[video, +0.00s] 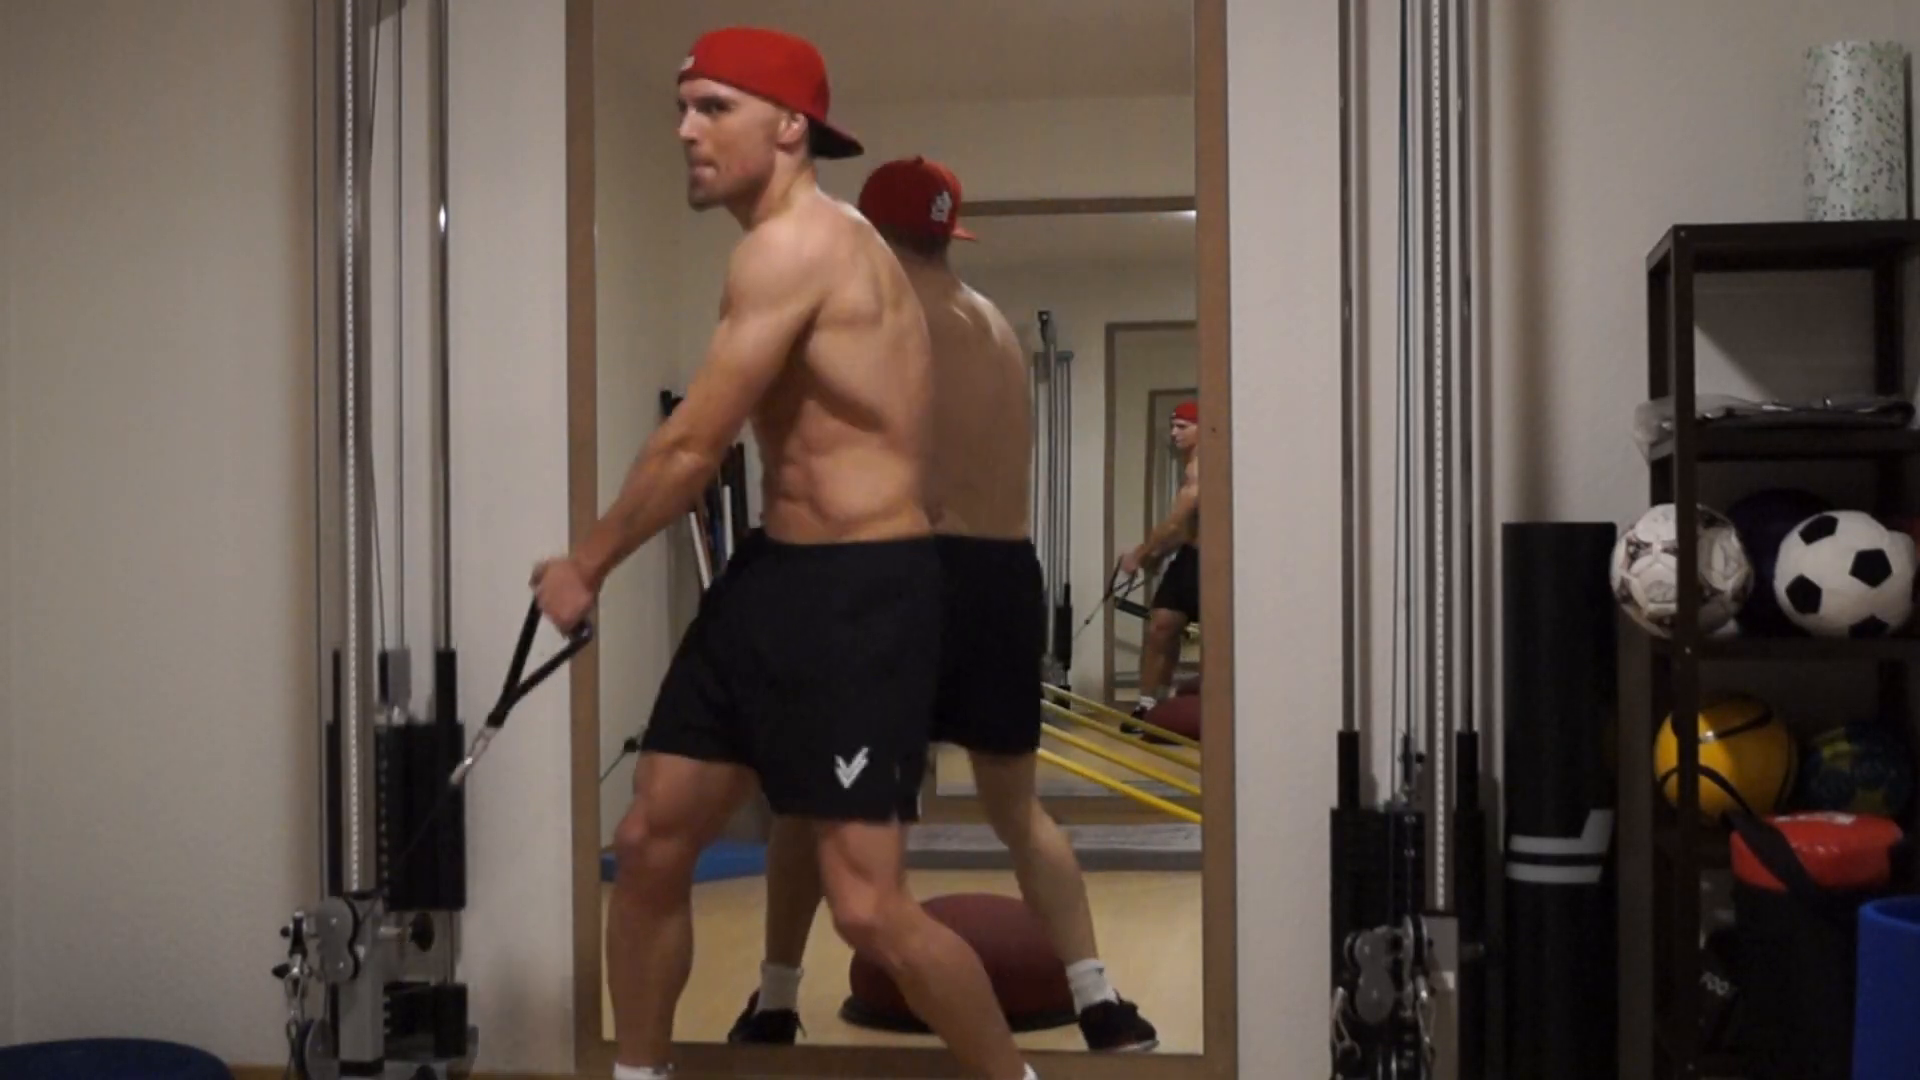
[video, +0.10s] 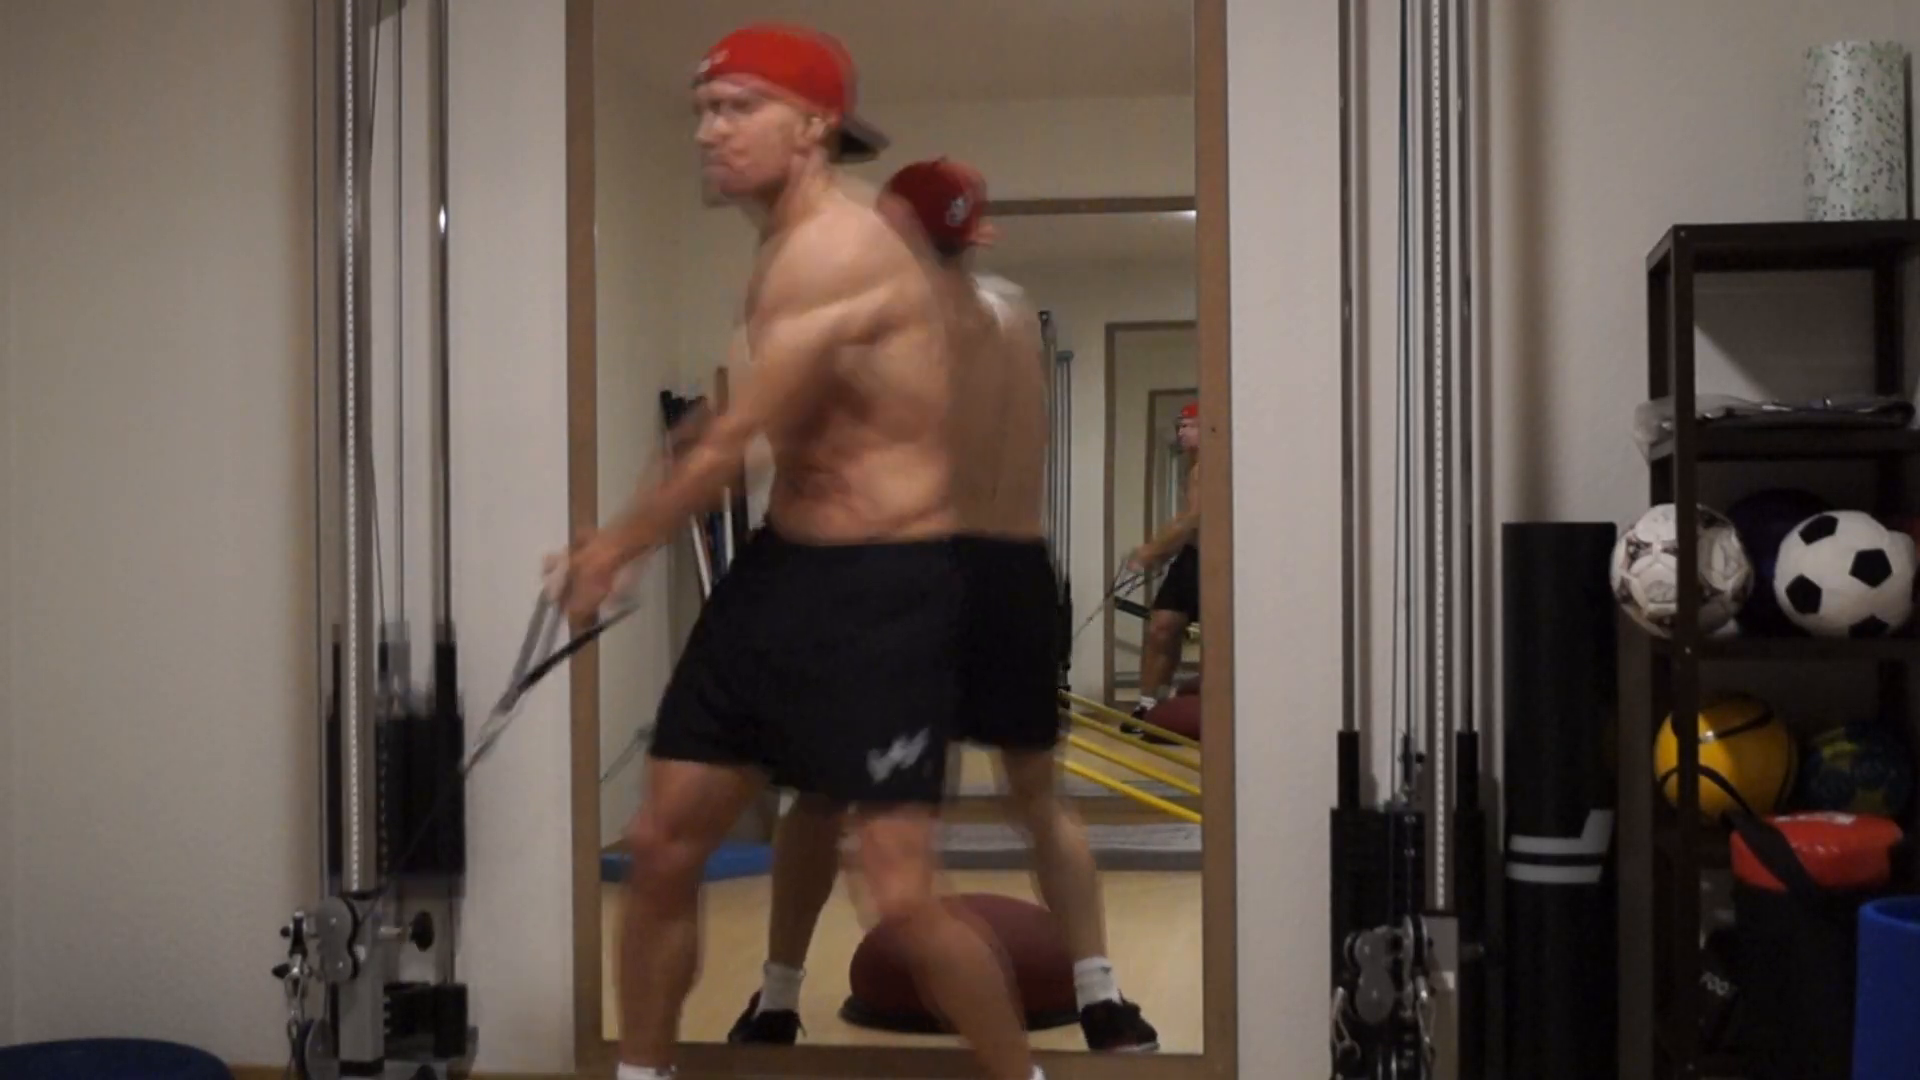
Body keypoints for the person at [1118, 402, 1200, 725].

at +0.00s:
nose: (1175, 432)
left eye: (1182, 426)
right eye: (1173, 426)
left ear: (1200, 430)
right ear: (1173, 432)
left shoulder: (1199, 465)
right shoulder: (1196, 465)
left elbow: (1179, 521)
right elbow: (1183, 527)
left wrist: (1141, 553)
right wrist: (1153, 553)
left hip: (1195, 554)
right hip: (1191, 552)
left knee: (1162, 623)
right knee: (1166, 624)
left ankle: (1147, 701)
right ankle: (1154, 698)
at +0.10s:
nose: (1180, 434)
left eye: (1186, 427)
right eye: (1180, 428)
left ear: (1205, 430)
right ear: (1188, 433)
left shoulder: (1208, 466)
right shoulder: (1197, 467)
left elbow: (1194, 518)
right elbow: (1189, 520)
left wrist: (1153, 550)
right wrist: (1155, 549)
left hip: (1213, 554)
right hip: (1192, 553)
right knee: (1162, 626)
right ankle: (1148, 700)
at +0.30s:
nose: (1211, 426)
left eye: (1215, 418)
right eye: (1206, 417)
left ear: (1223, 422)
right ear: (1193, 418)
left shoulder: (1226, 460)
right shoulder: (1175, 459)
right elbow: (1148, 512)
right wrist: (1190, 534)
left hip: (1211, 554)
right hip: (1176, 553)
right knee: (1160, 632)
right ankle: (1140, 701)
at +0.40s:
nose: (1191, 423)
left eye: (1196, 417)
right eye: (1186, 417)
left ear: (1206, 424)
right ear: (1177, 422)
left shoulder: (1213, 463)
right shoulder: (1155, 462)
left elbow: (1231, 502)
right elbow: (1118, 501)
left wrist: (1212, 524)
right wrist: (1144, 522)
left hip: (1201, 550)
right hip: (1168, 549)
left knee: (1170, 631)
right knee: (1154, 629)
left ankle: (1149, 698)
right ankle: (1138, 701)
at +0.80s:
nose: (1196, 424)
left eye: (1202, 418)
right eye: (1193, 417)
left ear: (1213, 423)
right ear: (1185, 421)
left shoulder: (1222, 458)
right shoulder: (1167, 458)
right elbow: (1129, 502)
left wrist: (1211, 509)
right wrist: (1168, 523)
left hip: (1212, 549)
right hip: (1177, 548)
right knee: (1158, 630)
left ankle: (1149, 695)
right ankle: (1140, 700)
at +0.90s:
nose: (1219, 425)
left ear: (1232, 424)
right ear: (1208, 420)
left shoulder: (1238, 457)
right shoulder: (1188, 453)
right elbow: (1167, 512)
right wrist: (1204, 534)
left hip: (1223, 553)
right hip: (1186, 549)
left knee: (1220, 635)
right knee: (1164, 632)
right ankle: (1142, 700)